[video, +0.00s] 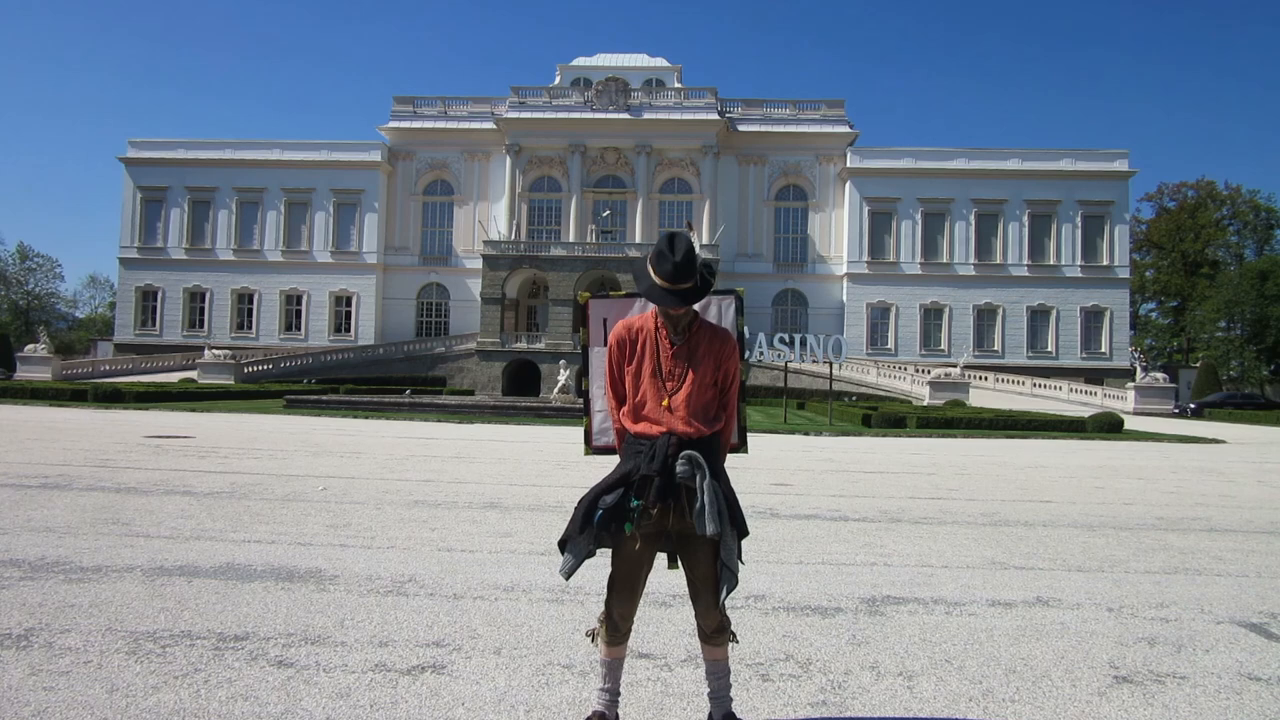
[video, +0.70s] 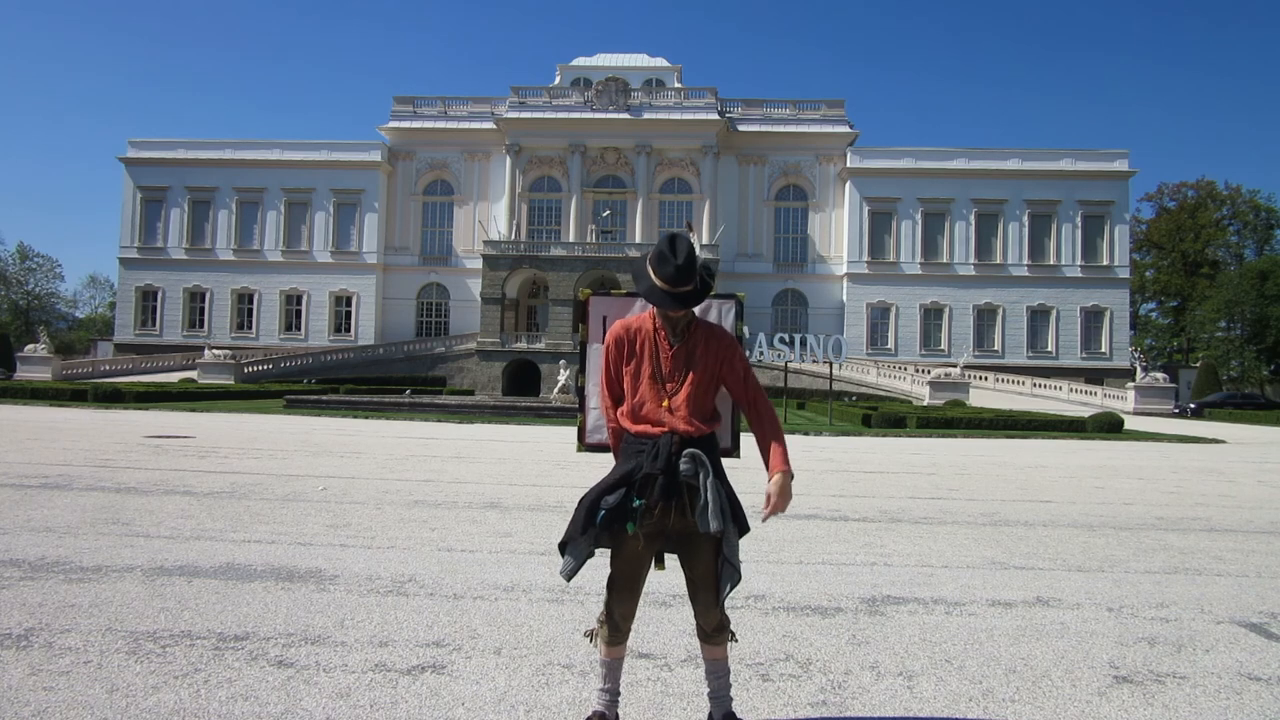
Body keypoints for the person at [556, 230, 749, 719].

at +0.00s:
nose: (677, 307)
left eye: (685, 298)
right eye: (668, 299)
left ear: (698, 293)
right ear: (653, 290)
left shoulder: (722, 343)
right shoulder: (625, 336)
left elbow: (726, 425)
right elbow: (618, 415)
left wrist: (699, 469)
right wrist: (655, 457)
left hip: (699, 488)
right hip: (640, 485)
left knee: (709, 605)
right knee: (620, 603)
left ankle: (721, 705)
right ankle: (607, 701)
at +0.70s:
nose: (676, 314)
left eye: (684, 305)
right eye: (667, 305)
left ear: (697, 298)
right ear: (652, 296)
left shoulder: (718, 342)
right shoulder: (622, 336)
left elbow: (756, 405)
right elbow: (612, 411)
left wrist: (780, 470)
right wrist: (633, 467)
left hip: (698, 481)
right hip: (638, 480)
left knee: (709, 603)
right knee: (620, 599)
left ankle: (720, 706)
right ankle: (606, 701)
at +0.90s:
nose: (679, 317)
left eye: (688, 308)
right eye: (670, 308)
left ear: (701, 299)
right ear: (654, 297)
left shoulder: (717, 335)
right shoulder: (625, 335)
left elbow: (779, 346)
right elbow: (612, 410)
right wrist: (629, 469)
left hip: (699, 478)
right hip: (638, 477)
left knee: (710, 600)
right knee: (621, 599)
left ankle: (721, 706)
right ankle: (606, 702)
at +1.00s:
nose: (678, 317)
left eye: (687, 308)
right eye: (669, 307)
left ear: (701, 296)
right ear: (653, 297)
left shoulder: (718, 329)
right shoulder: (627, 334)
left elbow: (776, 308)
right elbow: (610, 408)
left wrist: (752, 257)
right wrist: (628, 468)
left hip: (698, 475)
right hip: (639, 474)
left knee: (711, 598)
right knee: (623, 594)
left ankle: (721, 707)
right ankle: (606, 700)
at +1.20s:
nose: (675, 323)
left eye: (684, 314)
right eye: (666, 314)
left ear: (700, 300)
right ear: (651, 300)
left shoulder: (714, 324)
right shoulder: (625, 336)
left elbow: (766, 278)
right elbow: (610, 411)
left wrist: (723, 241)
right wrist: (628, 468)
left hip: (699, 477)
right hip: (640, 476)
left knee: (712, 601)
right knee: (622, 600)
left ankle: (721, 707)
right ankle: (606, 703)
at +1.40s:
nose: (673, 323)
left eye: (682, 315)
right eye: (665, 314)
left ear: (697, 301)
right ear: (650, 300)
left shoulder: (711, 324)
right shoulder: (623, 337)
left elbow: (763, 280)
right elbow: (606, 413)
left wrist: (714, 250)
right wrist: (623, 476)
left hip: (699, 476)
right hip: (639, 476)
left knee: (713, 601)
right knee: (623, 601)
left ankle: (721, 707)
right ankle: (607, 703)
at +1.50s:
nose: (673, 322)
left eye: (682, 313)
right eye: (665, 313)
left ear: (695, 300)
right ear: (648, 300)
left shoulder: (708, 326)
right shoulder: (621, 338)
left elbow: (761, 283)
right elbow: (605, 415)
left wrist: (709, 252)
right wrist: (623, 479)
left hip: (700, 481)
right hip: (639, 481)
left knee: (714, 605)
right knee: (624, 607)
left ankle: (722, 708)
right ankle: (607, 703)